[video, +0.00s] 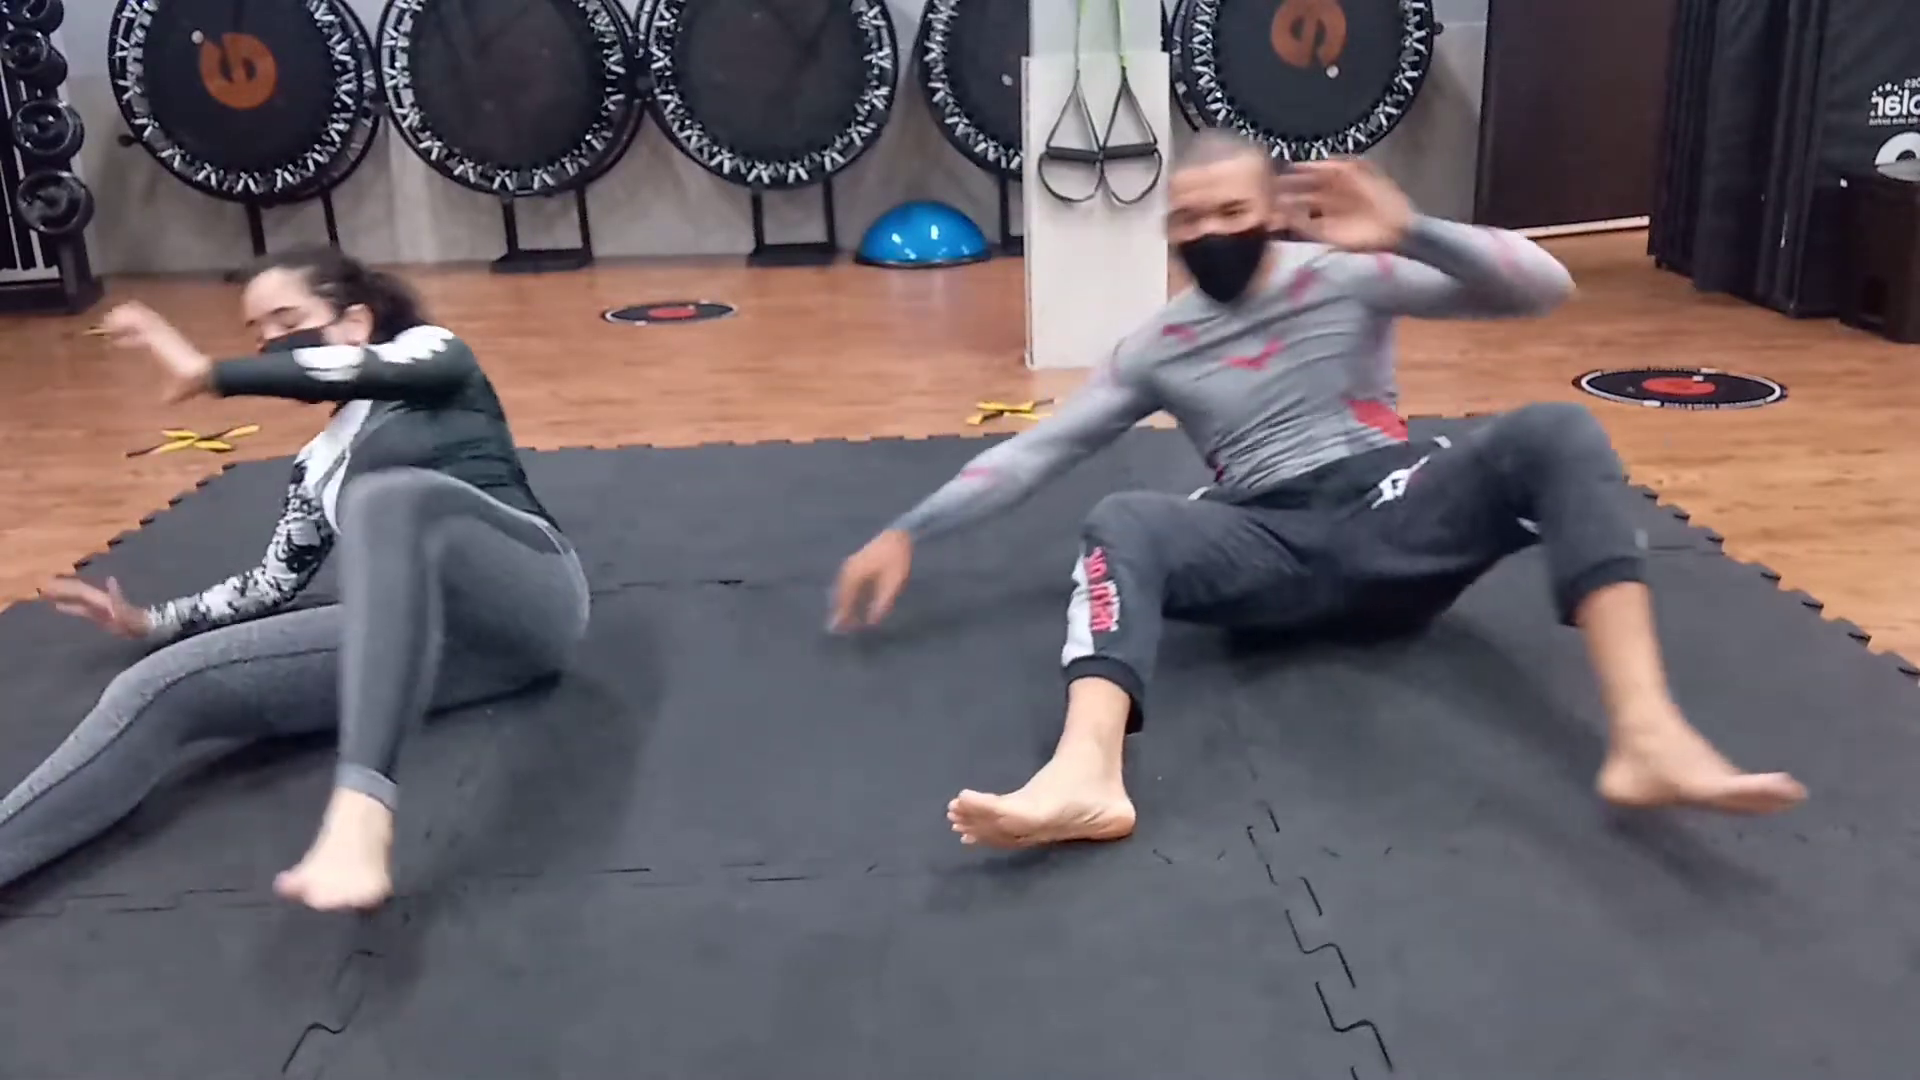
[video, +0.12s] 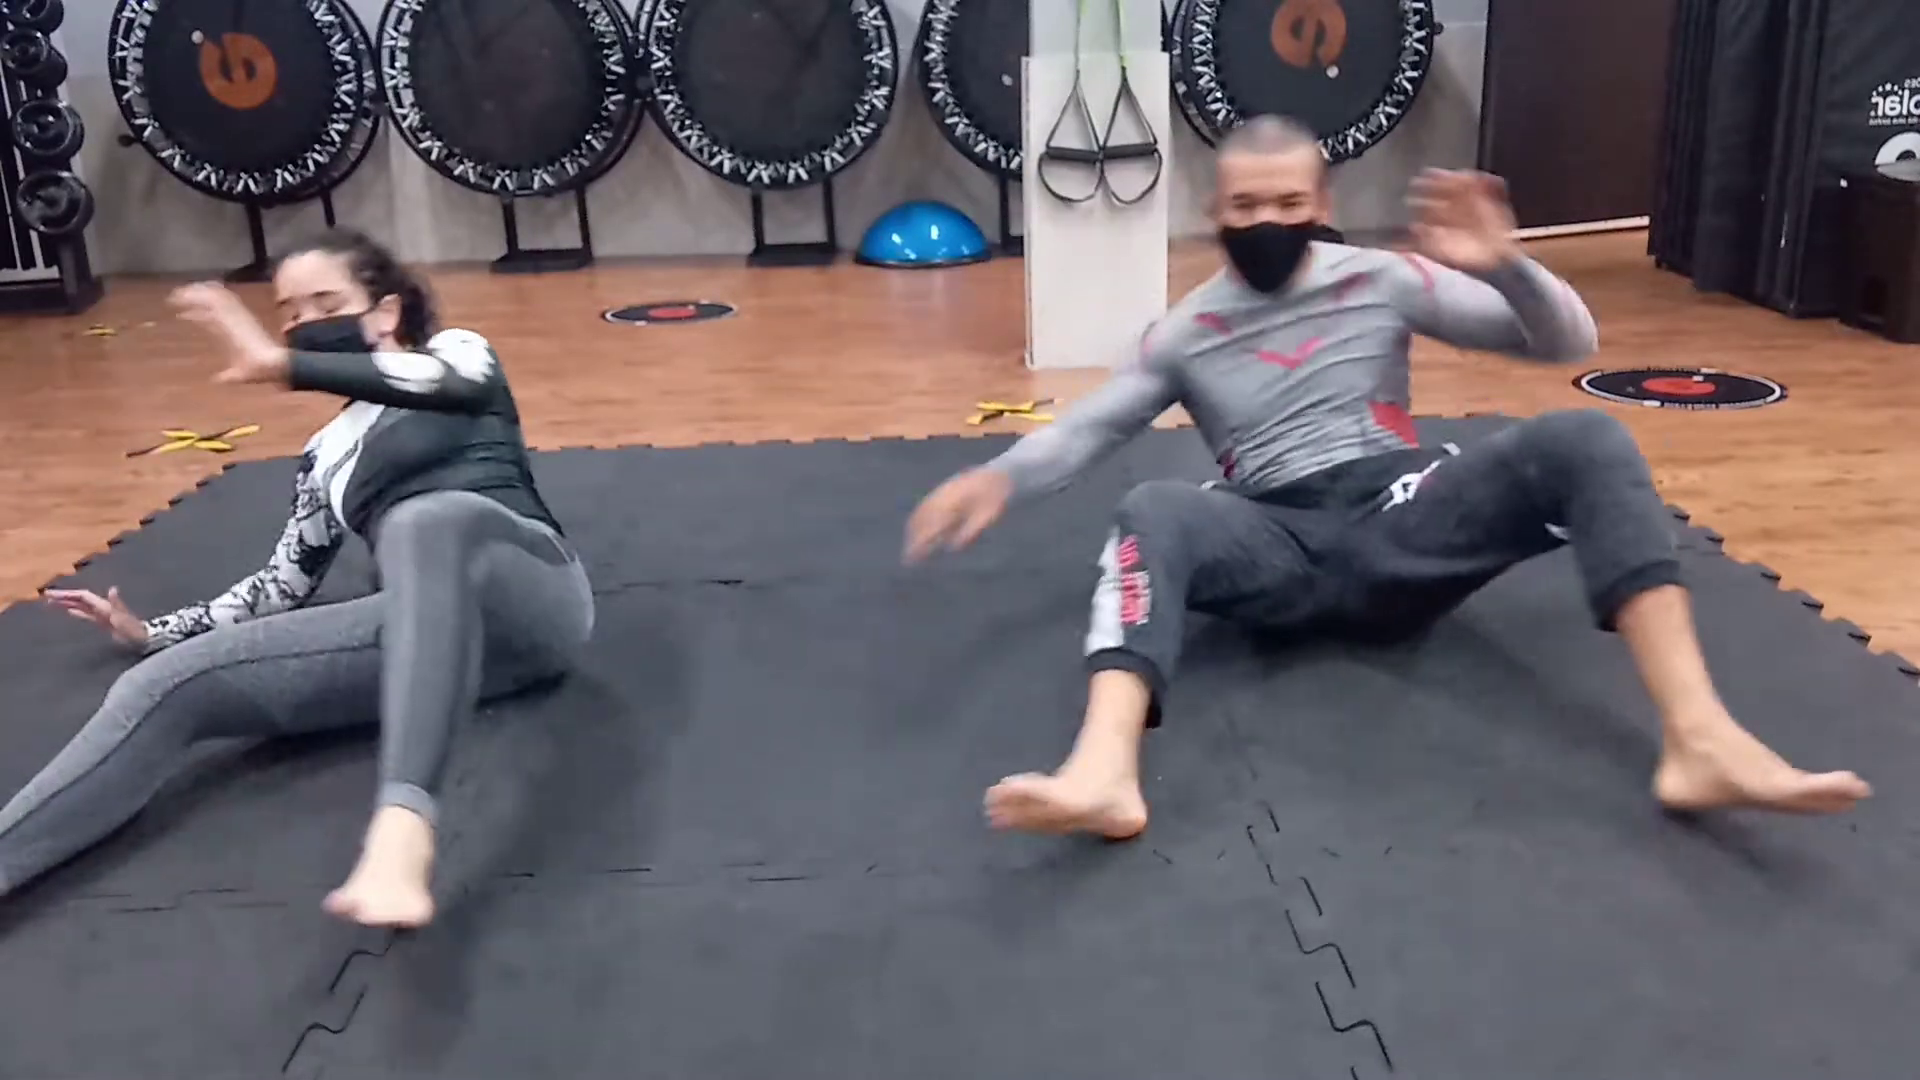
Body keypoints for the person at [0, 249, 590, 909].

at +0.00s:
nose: (269, 346)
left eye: (286, 325)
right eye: (257, 336)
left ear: (359, 319)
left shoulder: (437, 355)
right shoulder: (320, 467)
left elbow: (357, 367)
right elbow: (274, 586)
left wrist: (211, 373)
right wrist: (148, 624)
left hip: (530, 606)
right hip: (416, 652)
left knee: (386, 498)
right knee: (168, 684)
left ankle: (362, 807)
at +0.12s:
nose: (306, 327)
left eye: (328, 305)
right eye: (290, 317)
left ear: (388, 313)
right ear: (281, 333)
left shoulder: (461, 351)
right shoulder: (327, 457)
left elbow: (443, 383)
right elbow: (282, 585)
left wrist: (284, 361)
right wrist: (150, 634)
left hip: (535, 604)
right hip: (415, 628)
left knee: (427, 524)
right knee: (178, 679)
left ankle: (403, 823)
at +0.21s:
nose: (335, 313)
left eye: (356, 293)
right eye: (318, 299)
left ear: (411, 302)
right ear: (296, 313)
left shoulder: (474, 350)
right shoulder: (336, 442)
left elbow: (489, 396)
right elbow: (278, 575)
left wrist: (334, 361)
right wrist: (155, 638)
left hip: (533, 601)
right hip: (406, 618)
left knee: (445, 535)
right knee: (174, 679)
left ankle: (433, 824)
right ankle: (5, 873)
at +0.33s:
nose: (386, 285)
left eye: (406, 268)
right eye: (367, 270)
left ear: (445, 287)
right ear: (341, 294)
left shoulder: (504, 358)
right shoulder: (348, 422)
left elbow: (575, 426)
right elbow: (272, 549)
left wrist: (436, 366)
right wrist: (157, 636)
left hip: (538, 601)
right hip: (411, 614)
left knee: (470, 540)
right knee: (190, 666)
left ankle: (467, 837)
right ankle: (24, 875)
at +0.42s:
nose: (412, 283)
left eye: (433, 266)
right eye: (393, 267)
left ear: (469, 280)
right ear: (363, 285)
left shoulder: (528, 365)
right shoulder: (361, 413)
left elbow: (613, 451)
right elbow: (279, 537)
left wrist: (510, 386)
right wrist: (165, 632)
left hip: (546, 603)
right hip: (417, 615)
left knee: (481, 547)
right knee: (203, 659)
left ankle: (473, 848)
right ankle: (47, 872)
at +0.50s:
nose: (443, 281)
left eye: (462, 266)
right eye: (422, 265)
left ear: (491, 277)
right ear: (385, 279)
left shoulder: (541, 365)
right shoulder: (373, 407)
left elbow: (643, 465)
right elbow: (298, 535)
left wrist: (570, 404)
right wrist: (187, 631)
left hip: (549, 601)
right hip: (426, 611)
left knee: (495, 547)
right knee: (219, 653)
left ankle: (473, 852)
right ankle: (72, 874)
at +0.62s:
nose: (479, 277)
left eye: (498, 262)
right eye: (455, 262)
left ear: (523, 273)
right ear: (414, 277)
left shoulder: (565, 367)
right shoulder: (393, 398)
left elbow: (678, 485)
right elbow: (322, 535)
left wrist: (642, 432)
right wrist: (219, 610)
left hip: (553, 599)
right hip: (434, 609)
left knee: (520, 550)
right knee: (231, 653)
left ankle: (481, 857)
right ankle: (104, 877)